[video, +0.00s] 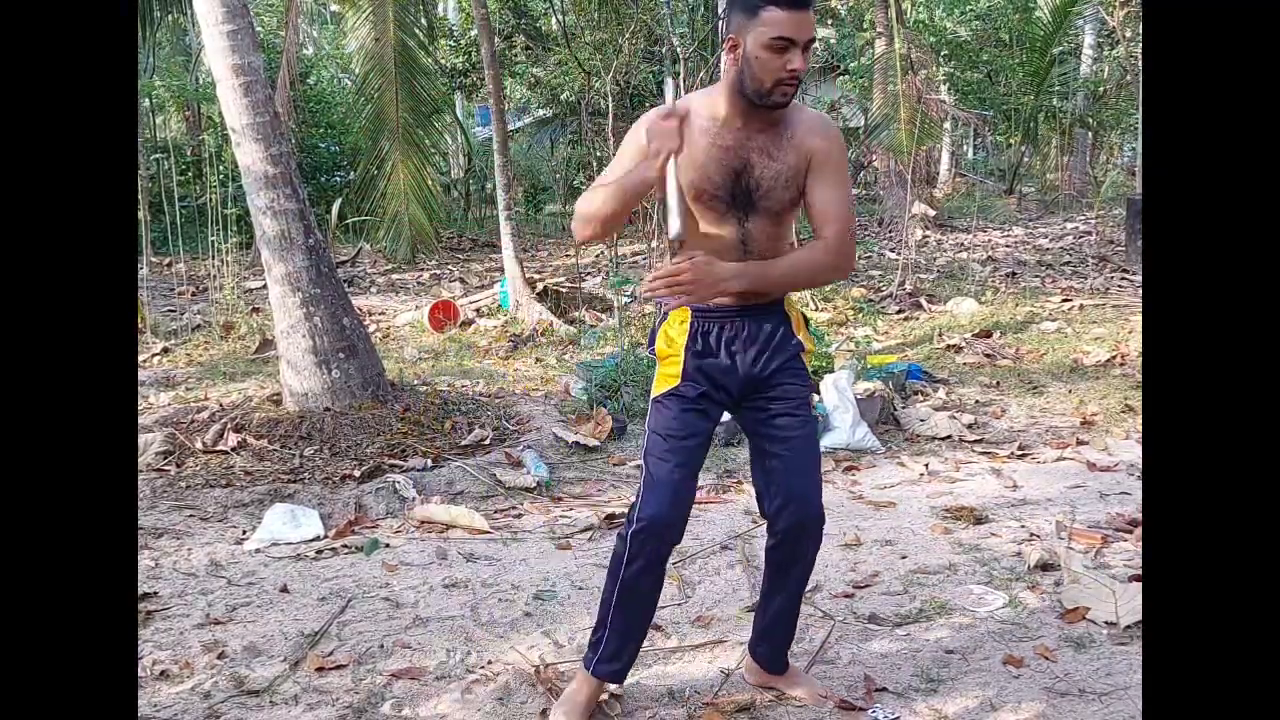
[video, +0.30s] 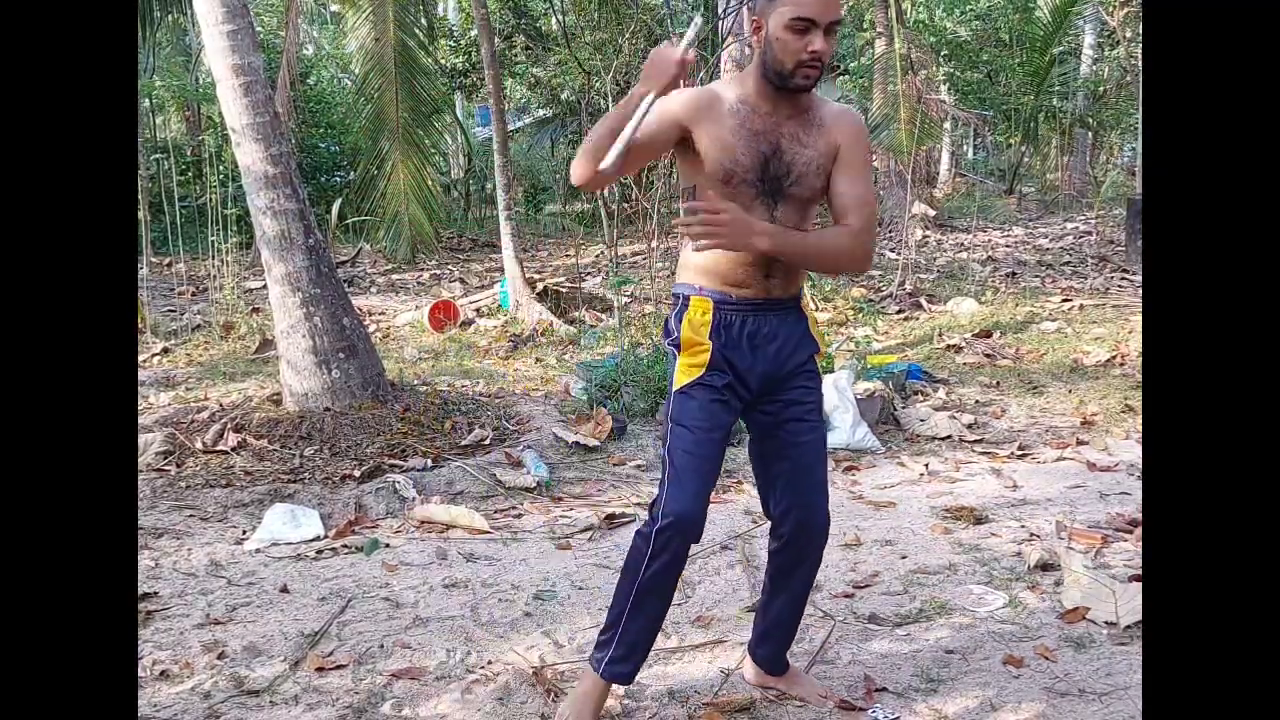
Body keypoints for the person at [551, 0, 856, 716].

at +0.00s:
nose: (798, 66)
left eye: (806, 49)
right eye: (781, 48)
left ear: (810, 48)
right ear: (732, 45)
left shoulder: (815, 135)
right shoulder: (672, 123)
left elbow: (837, 255)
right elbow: (587, 226)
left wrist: (730, 278)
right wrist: (646, 163)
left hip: (776, 344)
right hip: (692, 343)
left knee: (800, 518)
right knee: (658, 516)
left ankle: (769, 665)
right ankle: (596, 678)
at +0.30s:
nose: (820, 47)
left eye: (831, 31)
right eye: (802, 28)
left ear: (838, 33)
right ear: (756, 25)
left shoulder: (840, 125)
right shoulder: (697, 107)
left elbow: (856, 251)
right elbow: (587, 172)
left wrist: (759, 235)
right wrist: (644, 87)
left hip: (787, 335)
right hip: (705, 330)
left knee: (805, 518)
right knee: (679, 514)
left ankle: (768, 663)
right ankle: (599, 681)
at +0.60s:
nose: (783, 72)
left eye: (800, 55)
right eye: (766, 49)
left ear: (813, 58)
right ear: (728, 43)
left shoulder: (793, 142)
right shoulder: (682, 128)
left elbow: (878, 215)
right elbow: (649, 253)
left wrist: (939, 168)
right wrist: (770, 219)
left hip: (739, 359)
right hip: (668, 355)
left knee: (800, 537)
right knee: (645, 563)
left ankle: (768, 666)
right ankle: (585, 714)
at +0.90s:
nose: (609, 98)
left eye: (634, 80)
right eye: (594, 73)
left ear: (664, 79)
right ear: (569, 64)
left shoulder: (683, 145)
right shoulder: (530, 169)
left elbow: (797, 159)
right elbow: (511, 313)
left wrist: (890, 140)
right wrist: (597, 400)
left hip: (614, 385)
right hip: (532, 387)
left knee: (612, 607)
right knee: (556, 605)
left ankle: (461, 636)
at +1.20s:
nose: (575, 167)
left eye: (583, 142)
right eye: (548, 151)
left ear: (590, 128)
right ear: (491, 147)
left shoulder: (622, 220)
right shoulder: (440, 198)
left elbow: (736, 280)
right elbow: (391, 235)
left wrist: (862, 327)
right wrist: (369, 235)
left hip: (549, 442)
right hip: (463, 425)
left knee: (482, 658)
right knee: (520, 651)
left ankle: (335, 716)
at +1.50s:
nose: (631, 164)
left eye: (633, 143)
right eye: (610, 150)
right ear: (546, 153)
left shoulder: (643, 224)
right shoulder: (463, 208)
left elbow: (633, 383)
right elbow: (341, 302)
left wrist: (488, 403)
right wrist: (388, 220)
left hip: (621, 433)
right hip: (523, 440)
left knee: (736, 544)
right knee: (532, 621)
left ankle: (700, 625)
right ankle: (525, 715)